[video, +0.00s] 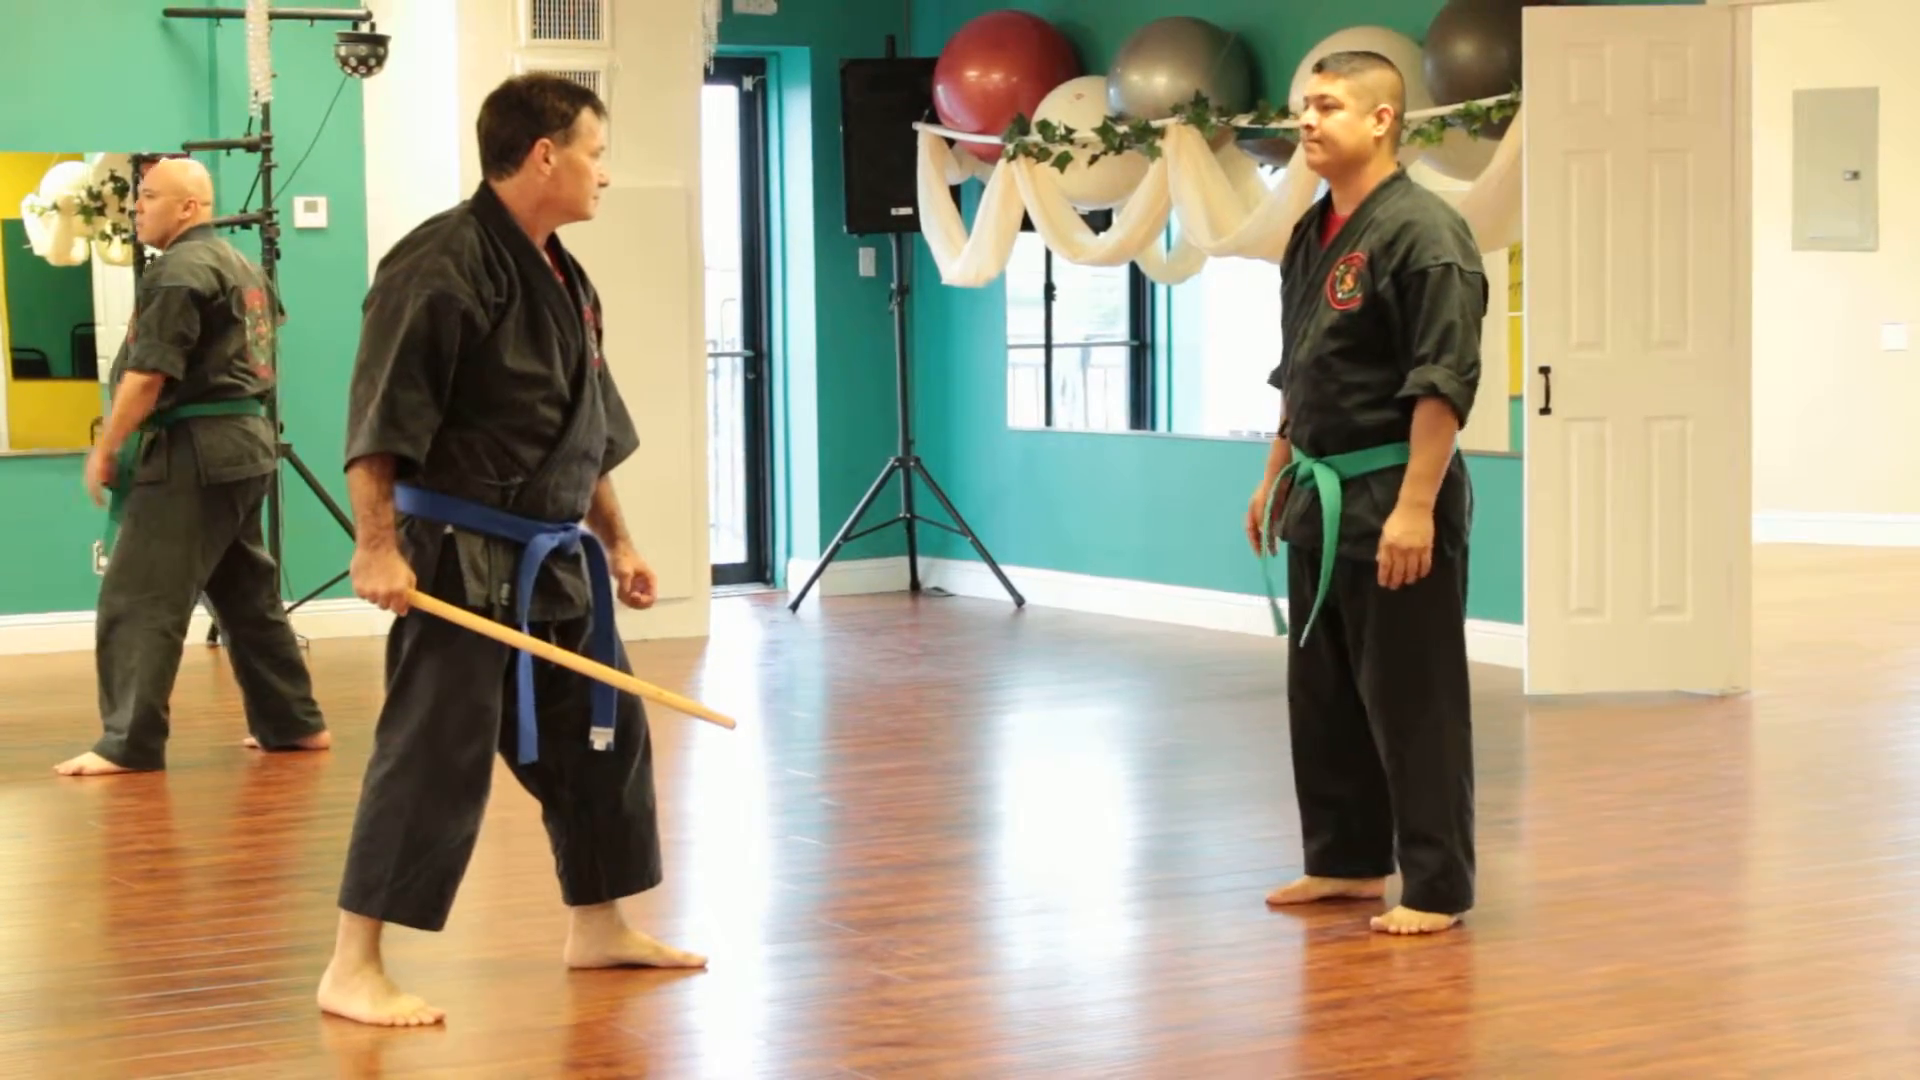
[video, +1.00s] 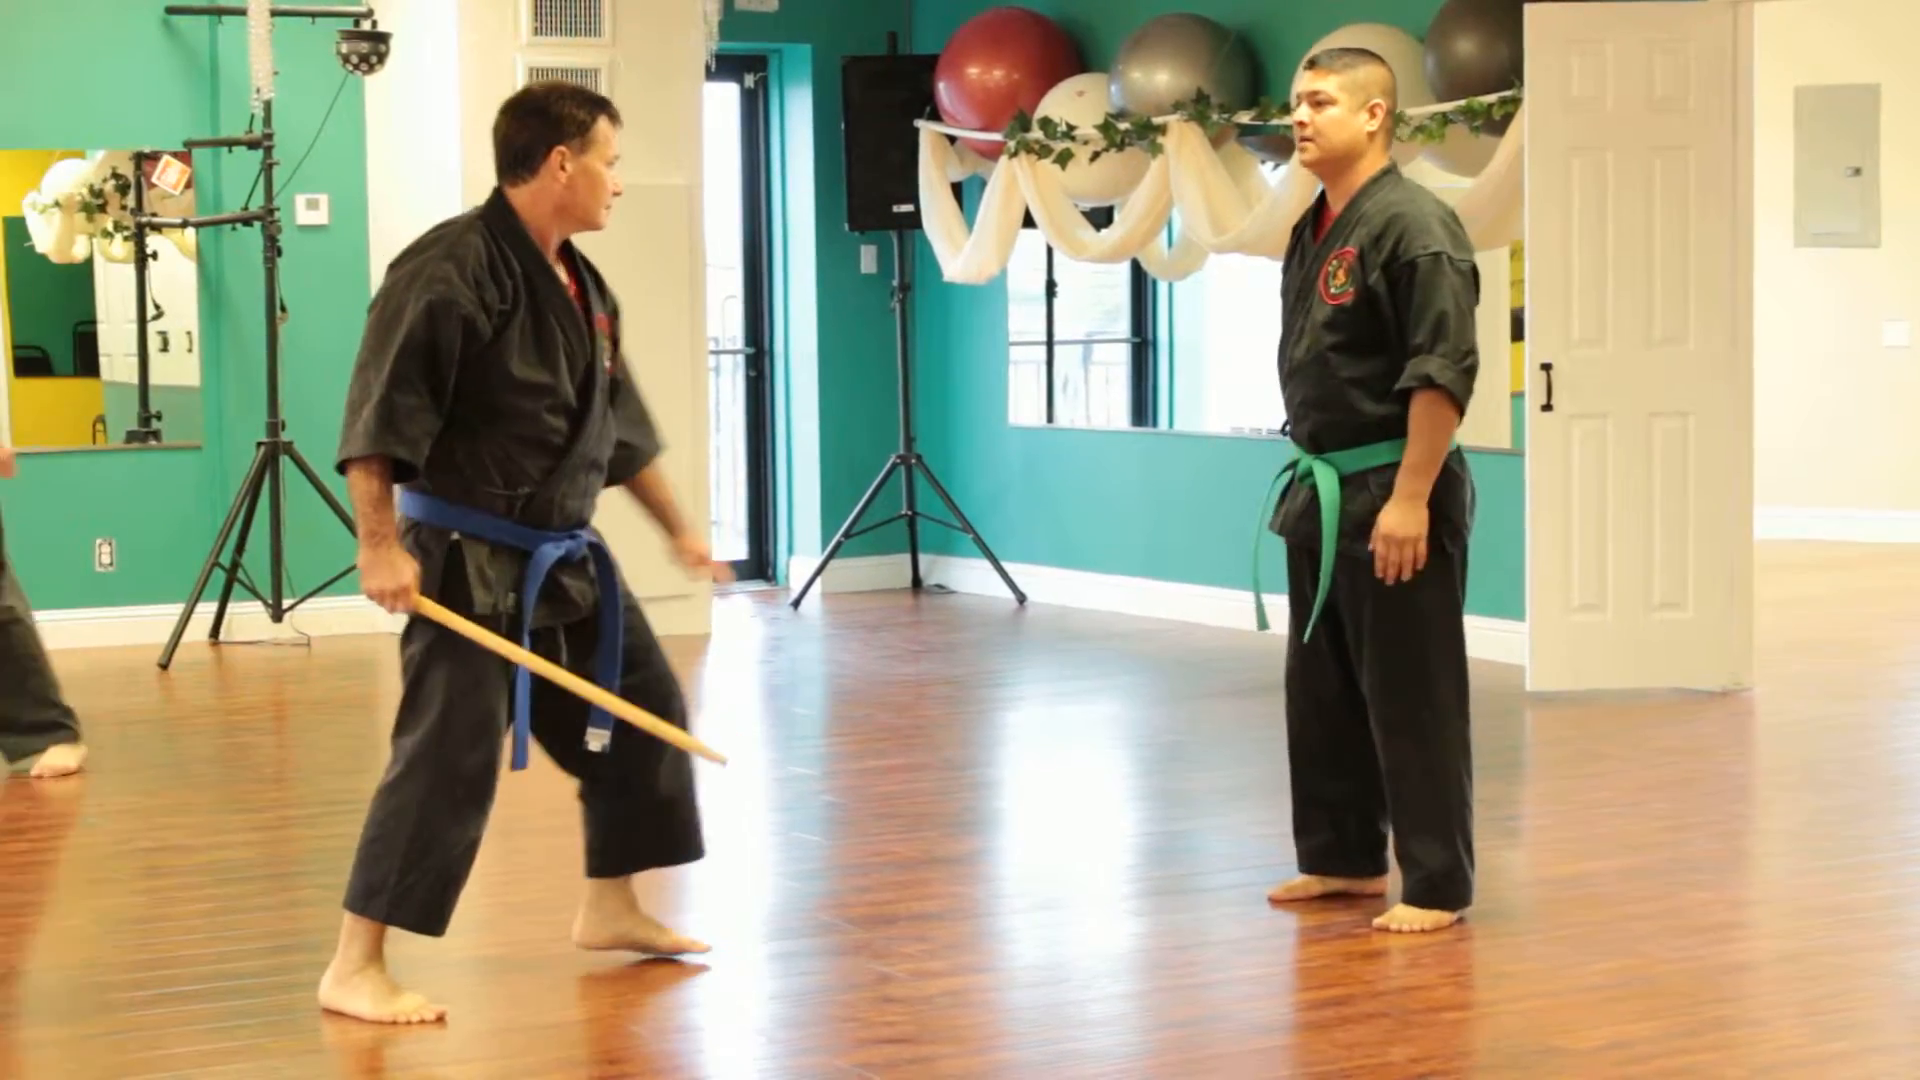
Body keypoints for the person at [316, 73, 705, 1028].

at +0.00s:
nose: (605, 175)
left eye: (604, 156)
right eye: (596, 156)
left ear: (548, 158)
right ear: (543, 156)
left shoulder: (564, 276)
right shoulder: (439, 261)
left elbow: (580, 428)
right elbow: (376, 409)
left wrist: (618, 539)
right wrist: (375, 542)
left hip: (559, 546)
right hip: (459, 543)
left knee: (600, 727)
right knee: (427, 747)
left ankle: (598, 928)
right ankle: (352, 967)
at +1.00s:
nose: (619, 184)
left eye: (618, 165)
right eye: (610, 164)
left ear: (561, 164)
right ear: (559, 164)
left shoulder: (581, 284)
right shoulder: (447, 267)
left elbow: (617, 424)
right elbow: (376, 407)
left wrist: (679, 527)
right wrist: (378, 540)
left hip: (563, 546)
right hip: (463, 545)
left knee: (641, 702)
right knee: (444, 747)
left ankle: (611, 908)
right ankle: (354, 966)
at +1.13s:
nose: (648, 194)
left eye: (647, 175)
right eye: (638, 175)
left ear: (591, 176)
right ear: (588, 175)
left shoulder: (621, 288)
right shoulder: (478, 272)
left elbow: (682, 404)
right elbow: (365, 382)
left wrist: (757, 489)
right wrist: (350, 489)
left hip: (590, 547)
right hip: (494, 541)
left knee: (672, 700)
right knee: (468, 742)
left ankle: (639, 911)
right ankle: (356, 965)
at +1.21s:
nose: (677, 201)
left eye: (677, 184)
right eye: (668, 183)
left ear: (629, 183)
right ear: (616, 181)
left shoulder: (661, 290)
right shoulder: (515, 270)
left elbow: (733, 397)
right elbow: (413, 326)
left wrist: (821, 471)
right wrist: (357, 381)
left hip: (631, 558)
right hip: (534, 553)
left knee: (699, 712)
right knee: (491, 738)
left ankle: (653, 921)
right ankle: (357, 957)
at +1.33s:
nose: (731, 201)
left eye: (732, 185)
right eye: (724, 184)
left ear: (683, 183)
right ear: (677, 182)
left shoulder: (721, 283)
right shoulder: (576, 271)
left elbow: (797, 369)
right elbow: (429, 322)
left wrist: (880, 439)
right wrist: (405, 268)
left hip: (698, 545)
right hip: (611, 542)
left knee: (737, 724)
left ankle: (655, 920)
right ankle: (444, 893)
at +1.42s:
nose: (779, 202)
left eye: (780, 184)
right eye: (771, 184)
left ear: (726, 183)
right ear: (722, 183)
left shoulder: (760, 280)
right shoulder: (627, 265)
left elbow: (832, 365)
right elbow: (499, 283)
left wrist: (910, 432)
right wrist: (483, 184)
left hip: (745, 540)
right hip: (662, 541)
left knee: (745, 728)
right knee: (739, 728)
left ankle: (656, 917)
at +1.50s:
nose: (826, 198)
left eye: (826, 182)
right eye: (817, 179)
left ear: (771, 182)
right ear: (769, 177)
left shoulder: (795, 284)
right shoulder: (685, 254)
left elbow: (861, 376)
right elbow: (604, 257)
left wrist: (931, 446)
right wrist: (592, 148)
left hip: (752, 535)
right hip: (725, 538)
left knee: (736, 730)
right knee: (862, 694)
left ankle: (655, 916)